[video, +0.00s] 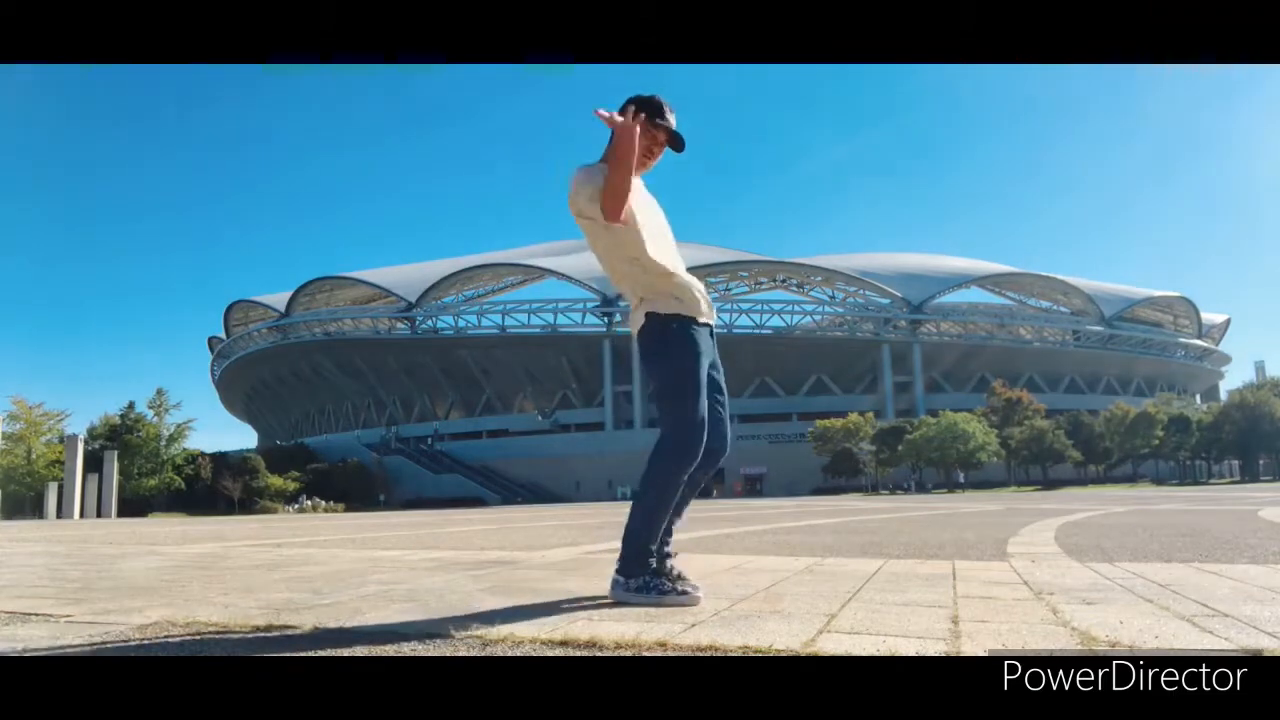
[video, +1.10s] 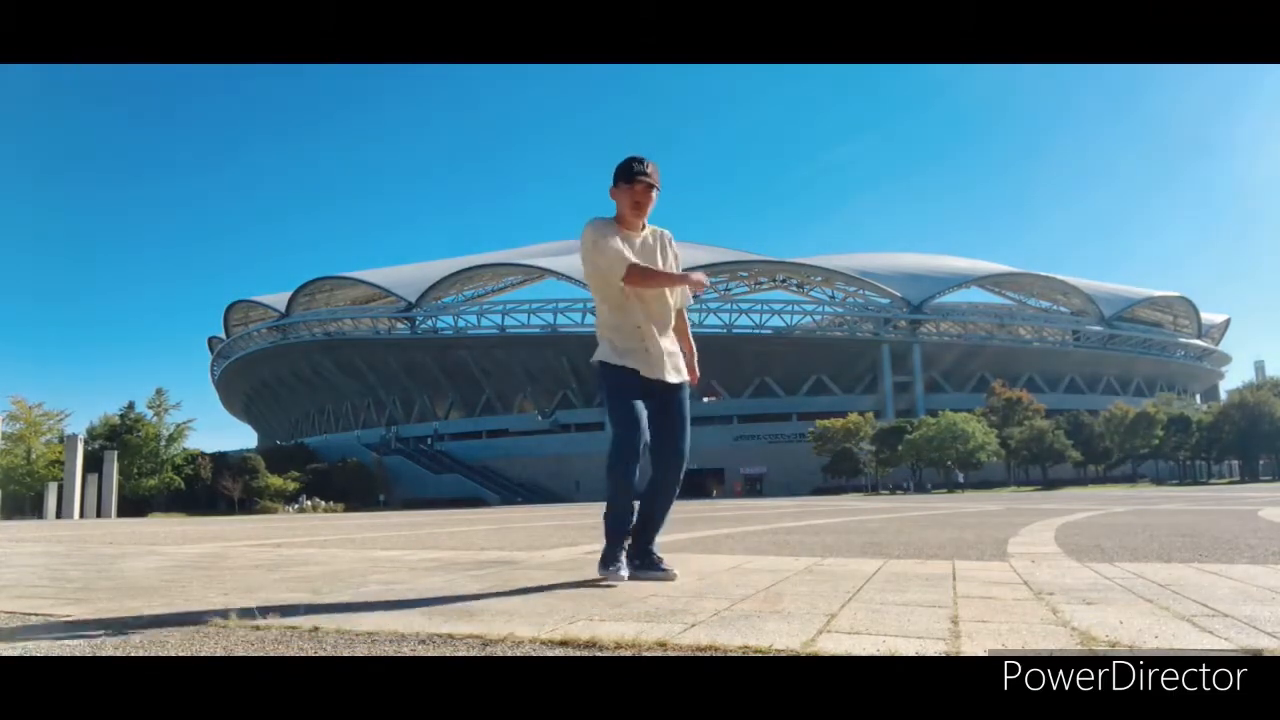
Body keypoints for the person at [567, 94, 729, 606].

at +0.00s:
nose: (657, 152)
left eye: (664, 146)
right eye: (651, 140)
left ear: (663, 149)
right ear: (625, 131)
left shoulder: (639, 189)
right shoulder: (588, 179)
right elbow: (612, 211)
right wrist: (625, 140)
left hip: (698, 328)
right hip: (668, 326)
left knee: (714, 443)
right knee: (683, 438)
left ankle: (654, 557)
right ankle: (633, 571)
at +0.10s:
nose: (655, 150)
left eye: (662, 143)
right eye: (650, 138)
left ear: (640, 136)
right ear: (623, 125)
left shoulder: (633, 182)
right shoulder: (589, 178)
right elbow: (605, 209)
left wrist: (662, 134)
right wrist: (652, 141)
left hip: (694, 329)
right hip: (666, 330)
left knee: (708, 448)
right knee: (688, 442)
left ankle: (651, 562)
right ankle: (635, 570)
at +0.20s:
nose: (666, 146)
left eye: (673, 140)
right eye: (661, 133)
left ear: (672, 142)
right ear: (632, 120)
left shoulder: (645, 177)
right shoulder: (602, 173)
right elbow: (550, 185)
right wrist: (589, 116)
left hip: (693, 330)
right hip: (663, 329)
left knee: (709, 449)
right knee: (694, 442)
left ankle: (650, 557)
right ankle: (637, 569)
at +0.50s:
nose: (674, 161)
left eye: (682, 155)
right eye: (668, 148)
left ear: (683, 157)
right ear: (638, 138)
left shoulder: (661, 199)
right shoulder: (593, 193)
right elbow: (518, 212)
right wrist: (554, 155)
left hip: (682, 349)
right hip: (646, 351)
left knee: (726, 450)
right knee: (701, 452)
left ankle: (647, 546)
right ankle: (641, 569)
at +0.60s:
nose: (664, 179)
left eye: (671, 174)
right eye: (659, 166)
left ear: (669, 179)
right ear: (631, 159)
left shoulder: (652, 229)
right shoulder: (601, 214)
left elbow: (680, 294)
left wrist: (713, 332)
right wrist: (614, 156)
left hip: (677, 363)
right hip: (642, 363)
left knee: (739, 442)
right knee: (698, 452)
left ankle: (672, 518)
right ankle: (636, 570)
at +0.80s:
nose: (645, 197)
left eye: (652, 191)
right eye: (637, 185)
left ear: (655, 193)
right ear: (611, 179)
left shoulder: (636, 238)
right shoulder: (593, 226)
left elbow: (668, 301)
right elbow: (664, 247)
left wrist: (711, 337)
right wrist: (716, 243)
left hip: (682, 363)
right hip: (642, 364)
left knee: (716, 464)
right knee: (685, 450)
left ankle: (656, 553)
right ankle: (635, 573)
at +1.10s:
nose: (642, 194)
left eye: (649, 188)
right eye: (634, 185)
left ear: (656, 195)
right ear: (615, 190)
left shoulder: (665, 243)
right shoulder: (599, 233)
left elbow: (676, 310)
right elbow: (629, 274)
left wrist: (690, 354)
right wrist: (682, 279)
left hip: (669, 363)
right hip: (622, 360)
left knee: (674, 459)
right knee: (632, 439)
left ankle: (642, 550)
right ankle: (615, 549)